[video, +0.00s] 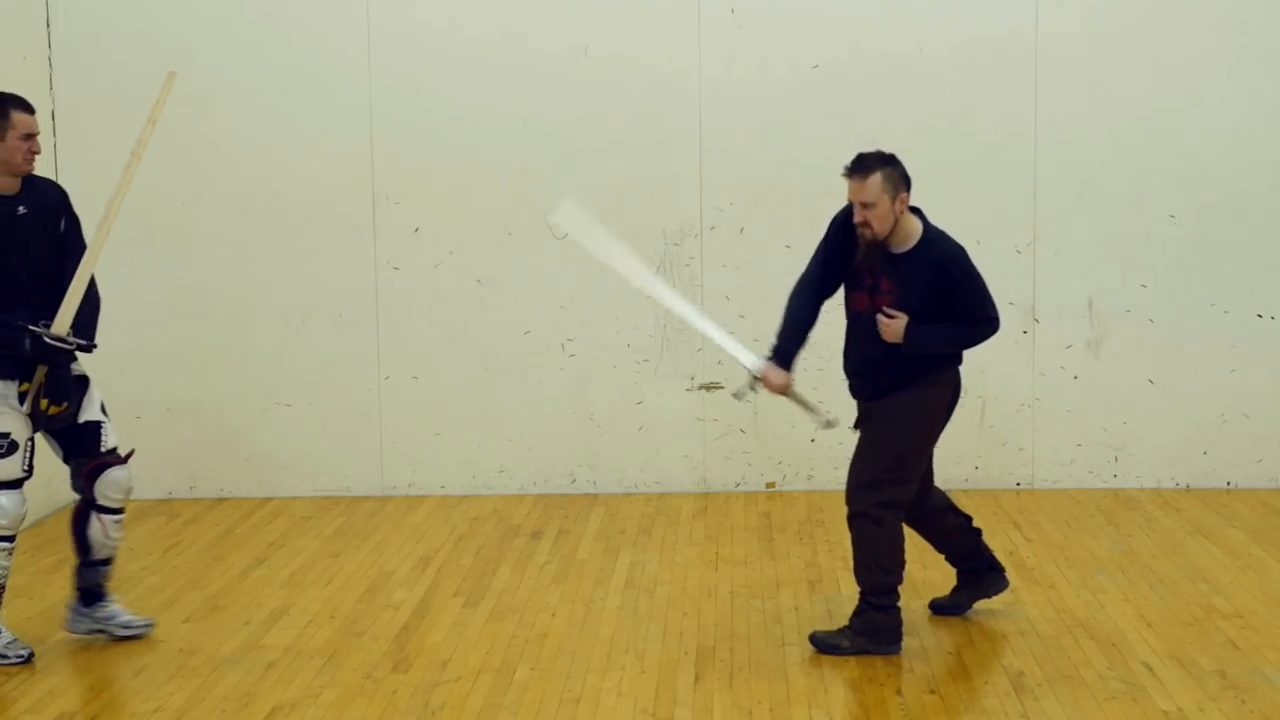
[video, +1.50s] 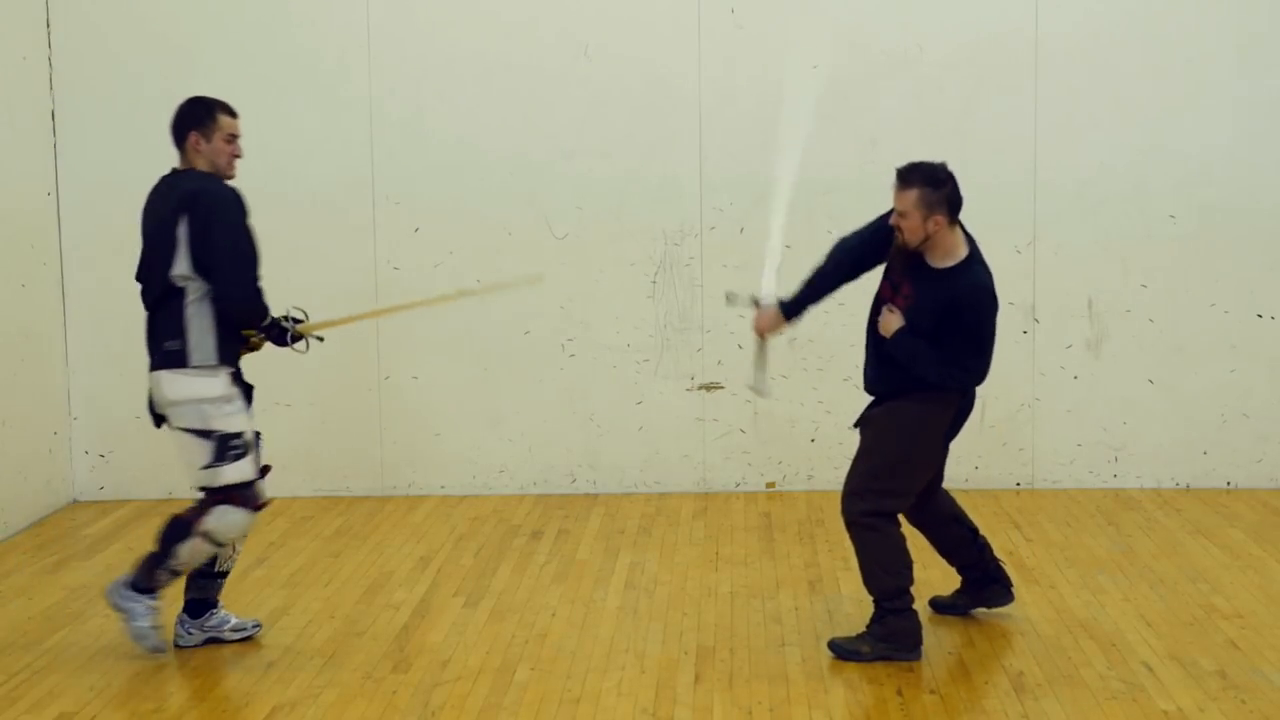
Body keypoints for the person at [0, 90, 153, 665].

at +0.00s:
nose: (35, 147)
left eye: (36, 138)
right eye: (24, 138)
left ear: (34, 142)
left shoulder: (48, 197)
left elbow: (81, 284)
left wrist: (66, 356)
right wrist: (29, 348)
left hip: (53, 365)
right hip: (3, 375)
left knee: (106, 479)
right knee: (7, 504)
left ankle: (90, 604)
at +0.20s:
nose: (80, 148)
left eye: (81, 138)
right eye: (69, 138)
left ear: (76, 143)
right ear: (32, 142)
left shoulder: (98, 206)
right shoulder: (6, 212)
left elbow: (130, 289)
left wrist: (124, 357)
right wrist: (48, 350)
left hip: (101, 375)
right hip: (28, 381)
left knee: (148, 488)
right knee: (19, 508)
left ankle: (179, 611)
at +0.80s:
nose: (108, 145)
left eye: (109, 135)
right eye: (99, 135)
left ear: (85, 138)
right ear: (63, 135)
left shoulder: (107, 207)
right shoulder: (22, 209)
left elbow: (135, 293)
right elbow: (4, 309)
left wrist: (199, 315)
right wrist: (48, 337)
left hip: (120, 373)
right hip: (53, 379)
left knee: (159, 487)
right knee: (37, 502)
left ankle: (180, 611)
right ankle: (16, 622)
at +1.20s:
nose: (130, 148)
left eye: (131, 138)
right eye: (122, 138)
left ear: (101, 142)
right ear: (88, 140)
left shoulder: (125, 208)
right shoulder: (51, 213)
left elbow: (147, 289)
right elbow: (43, 318)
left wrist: (210, 317)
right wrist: (114, 335)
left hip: (140, 373)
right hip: (76, 379)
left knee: (193, 480)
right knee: (51, 501)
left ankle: (191, 610)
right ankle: (17, 622)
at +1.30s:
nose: (160, 151)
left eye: (160, 142)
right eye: (151, 142)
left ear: (129, 145)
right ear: (116, 144)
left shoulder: (149, 211)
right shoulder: (87, 217)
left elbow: (166, 293)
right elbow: (104, 320)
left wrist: (220, 317)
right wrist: (188, 327)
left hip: (158, 375)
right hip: (101, 386)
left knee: (213, 485)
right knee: (76, 500)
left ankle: (198, 614)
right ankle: (20, 621)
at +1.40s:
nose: (199, 152)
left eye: (198, 141)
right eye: (190, 141)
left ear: (159, 145)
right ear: (156, 144)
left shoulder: (162, 206)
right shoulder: (151, 208)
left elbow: (179, 303)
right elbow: (178, 306)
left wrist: (235, 324)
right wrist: (241, 321)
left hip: (194, 381)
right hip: (154, 387)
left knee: (232, 488)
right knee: (151, 508)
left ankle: (200, 615)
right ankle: (49, 603)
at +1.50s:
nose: (238, 150)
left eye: (238, 140)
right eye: (230, 140)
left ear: (194, 143)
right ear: (196, 141)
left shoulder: (166, 194)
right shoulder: (213, 196)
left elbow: (164, 289)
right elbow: (237, 285)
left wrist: (236, 331)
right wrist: (267, 324)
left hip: (182, 372)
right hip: (201, 375)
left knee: (240, 489)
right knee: (239, 497)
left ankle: (200, 614)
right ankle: (137, 590)